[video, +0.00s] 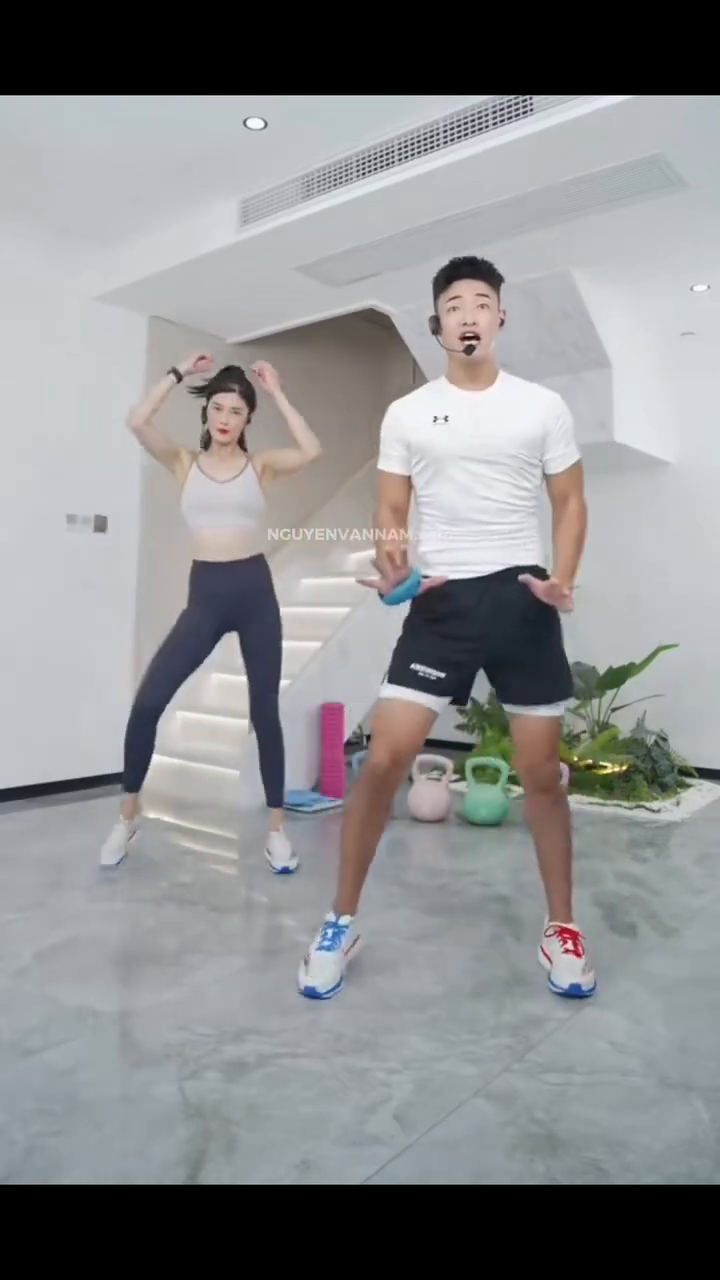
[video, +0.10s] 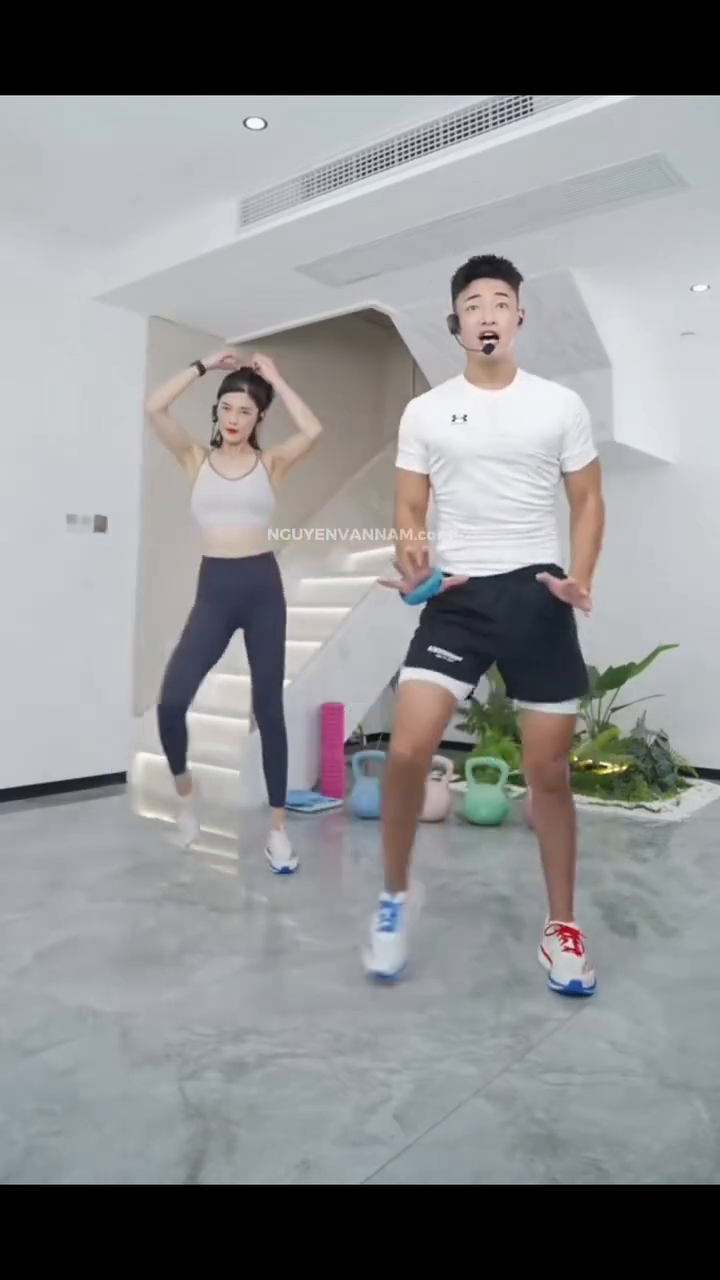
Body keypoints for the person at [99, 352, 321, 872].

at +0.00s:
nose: (226, 417)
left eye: (236, 410)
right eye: (219, 408)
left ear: (248, 419)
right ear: (205, 413)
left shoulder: (260, 464)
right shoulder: (184, 461)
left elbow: (311, 451)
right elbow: (139, 422)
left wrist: (277, 393)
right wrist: (179, 373)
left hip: (256, 594)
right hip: (205, 595)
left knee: (265, 710)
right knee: (146, 706)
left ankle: (277, 825)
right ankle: (128, 815)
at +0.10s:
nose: (235, 418)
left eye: (245, 411)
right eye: (228, 409)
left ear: (258, 418)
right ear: (216, 413)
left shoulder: (270, 463)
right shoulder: (197, 458)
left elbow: (312, 430)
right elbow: (156, 408)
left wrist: (277, 381)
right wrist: (204, 366)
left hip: (263, 589)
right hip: (214, 590)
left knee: (268, 707)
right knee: (170, 705)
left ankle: (278, 825)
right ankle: (184, 792)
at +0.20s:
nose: (240, 410)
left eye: (250, 403)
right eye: (233, 401)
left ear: (264, 409)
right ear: (222, 406)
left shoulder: (274, 455)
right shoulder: (202, 448)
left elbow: (322, 419)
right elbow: (166, 392)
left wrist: (285, 373)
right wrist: (216, 357)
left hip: (261, 579)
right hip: (213, 579)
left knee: (268, 705)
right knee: (212, 712)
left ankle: (278, 820)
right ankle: (234, 801)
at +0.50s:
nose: (241, 427)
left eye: (252, 421)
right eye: (236, 417)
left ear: (265, 429)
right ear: (226, 420)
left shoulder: (273, 474)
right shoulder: (203, 460)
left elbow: (327, 444)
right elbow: (173, 391)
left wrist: (292, 398)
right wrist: (228, 368)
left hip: (255, 599)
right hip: (207, 598)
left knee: (267, 718)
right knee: (145, 700)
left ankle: (277, 829)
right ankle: (185, 806)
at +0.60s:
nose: (233, 418)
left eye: (244, 412)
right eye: (228, 408)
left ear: (257, 421)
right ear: (216, 410)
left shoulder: (262, 466)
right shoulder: (191, 448)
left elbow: (315, 438)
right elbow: (168, 377)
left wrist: (283, 392)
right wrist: (222, 359)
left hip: (240, 592)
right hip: (192, 590)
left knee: (257, 710)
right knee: (133, 701)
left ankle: (276, 824)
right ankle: (133, 810)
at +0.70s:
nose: (223, 420)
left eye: (233, 415)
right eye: (217, 410)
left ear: (245, 422)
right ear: (204, 413)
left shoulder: (246, 468)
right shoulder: (179, 450)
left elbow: (295, 445)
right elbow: (156, 377)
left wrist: (266, 391)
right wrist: (213, 360)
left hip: (218, 591)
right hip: (168, 586)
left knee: (243, 714)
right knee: (135, 709)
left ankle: (276, 825)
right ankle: (102, 821)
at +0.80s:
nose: (208, 432)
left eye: (217, 426)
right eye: (203, 421)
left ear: (227, 433)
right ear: (190, 422)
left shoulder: (228, 481)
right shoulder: (160, 458)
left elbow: (270, 465)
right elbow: (137, 382)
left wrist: (247, 411)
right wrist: (197, 369)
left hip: (192, 602)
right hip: (141, 595)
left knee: (229, 718)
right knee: (120, 714)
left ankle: (273, 823)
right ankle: (105, 827)